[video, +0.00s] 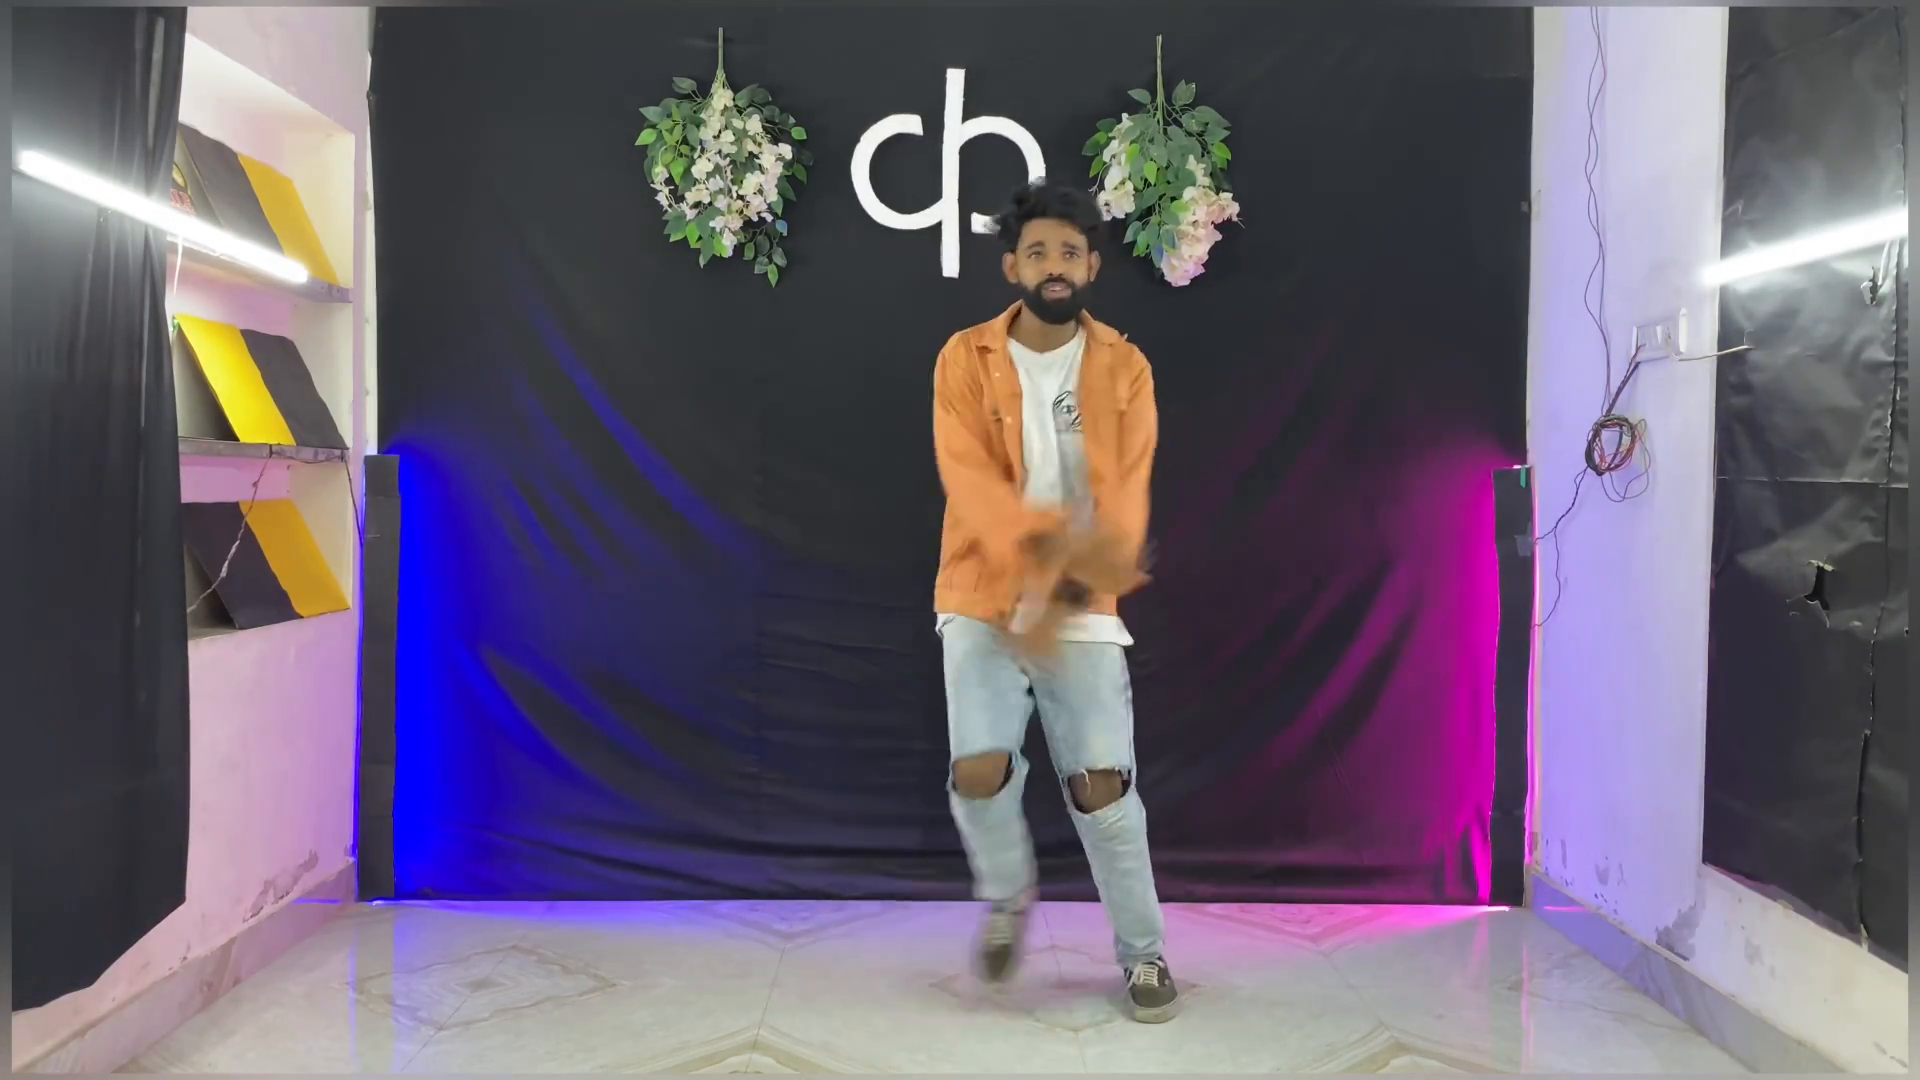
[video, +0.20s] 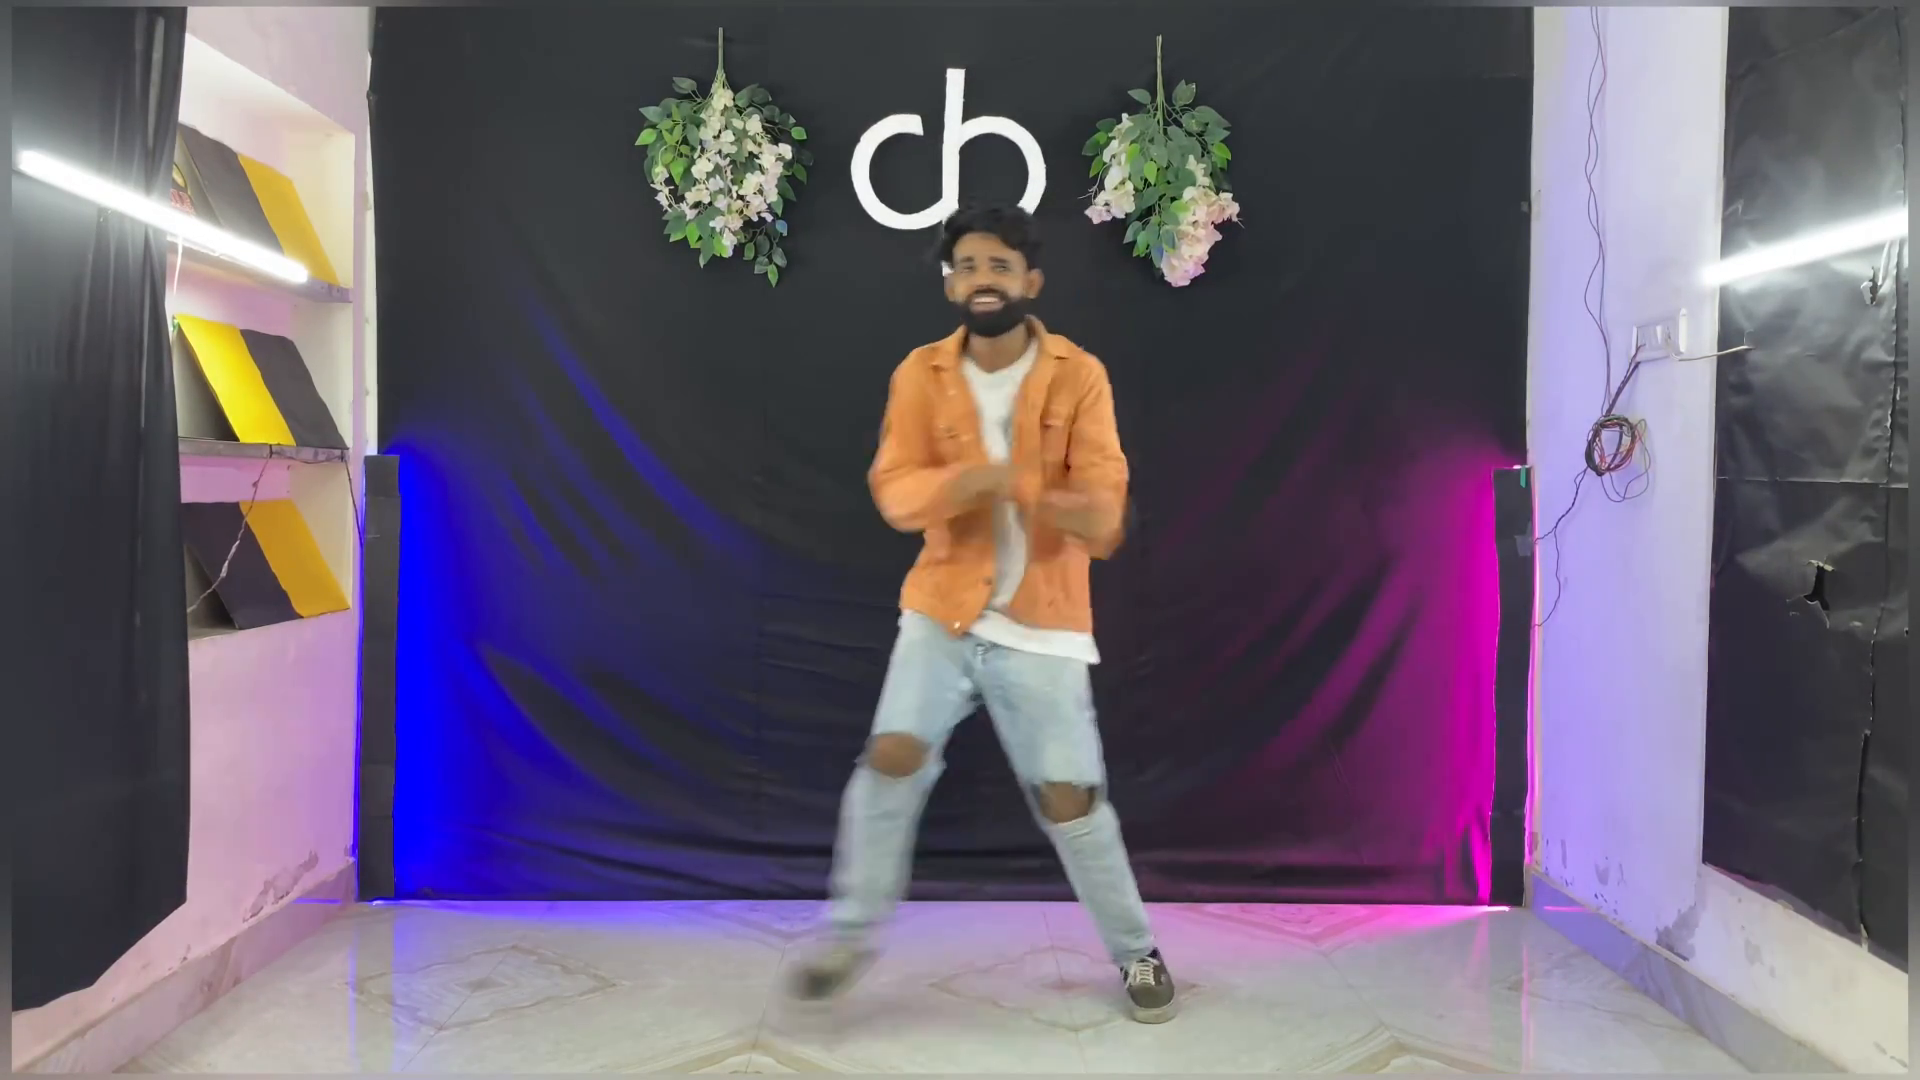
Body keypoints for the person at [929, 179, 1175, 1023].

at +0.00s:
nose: (1054, 268)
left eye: (1071, 253)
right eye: (1036, 253)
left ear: (1093, 267)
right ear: (1010, 263)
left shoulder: (1123, 366)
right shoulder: (965, 358)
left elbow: (1128, 492)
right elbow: (964, 476)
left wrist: (1076, 576)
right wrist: (1040, 536)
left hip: (1083, 602)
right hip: (981, 600)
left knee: (1100, 783)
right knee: (978, 767)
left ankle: (1142, 951)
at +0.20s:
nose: (981, 281)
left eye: (1000, 266)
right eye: (966, 266)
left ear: (1033, 280)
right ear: (949, 279)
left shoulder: (1078, 377)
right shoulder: (921, 374)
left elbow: (1104, 517)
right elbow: (894, 497)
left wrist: (1031, 495)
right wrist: (972, 481)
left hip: (1045, 620)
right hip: (942, 607)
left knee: (1067, 795)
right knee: (892, 756)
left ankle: (1136, 953)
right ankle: (848, 935)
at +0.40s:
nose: (920, 330)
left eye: (942, 320)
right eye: (912, 316)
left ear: (978, 340)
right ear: (897, 330)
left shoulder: (1021, 436)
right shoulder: (872, 442)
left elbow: (1093, 549)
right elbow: (822, 570)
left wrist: (1170, 644)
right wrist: (753, 663)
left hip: (963, 704)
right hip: (860, 684)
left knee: (960, 886)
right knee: (791, 836)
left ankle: (1107, 948)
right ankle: (682, 965)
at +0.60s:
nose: (1025, 288)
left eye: (1044, 273)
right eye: (1010, 271)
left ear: (1073, 280)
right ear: (986, 276)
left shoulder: (1107, 352)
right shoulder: (957, 365)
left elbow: (1131, 447)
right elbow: (917, 492)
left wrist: (1095, 482)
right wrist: (891, 604)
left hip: (1077, 621)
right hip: (965, 613)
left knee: (1102, 792)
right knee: (880, 768)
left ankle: (1116, 956)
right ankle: (771, 933)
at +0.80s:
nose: (1123, 274)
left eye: (1139, 262)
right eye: (1110, 257)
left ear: (1161, 274)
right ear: (1083, 262)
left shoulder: (1171, 341)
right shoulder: (1030, 351)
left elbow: (1216, 270)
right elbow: (1008, 481)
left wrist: (1152, 221)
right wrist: (1007, 599)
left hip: (1167, 593)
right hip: (1065, 599)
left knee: (1169, 772)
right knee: (1048, 762)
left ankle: (1131, 943)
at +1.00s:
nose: (1188, 316)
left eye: (1205, 302)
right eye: (1174, 296)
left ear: (1227, 313)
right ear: (1148, 301)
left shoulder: (1239, 376)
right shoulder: (1097, 406)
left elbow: (1291, 260)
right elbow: (1081, 535)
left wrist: (1220, 217)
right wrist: (1102, 648)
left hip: (1230, 610)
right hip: (1143, 624)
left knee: (1208, 776)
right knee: (1214, 789)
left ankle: (1132, 942)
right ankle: (1331, 899)